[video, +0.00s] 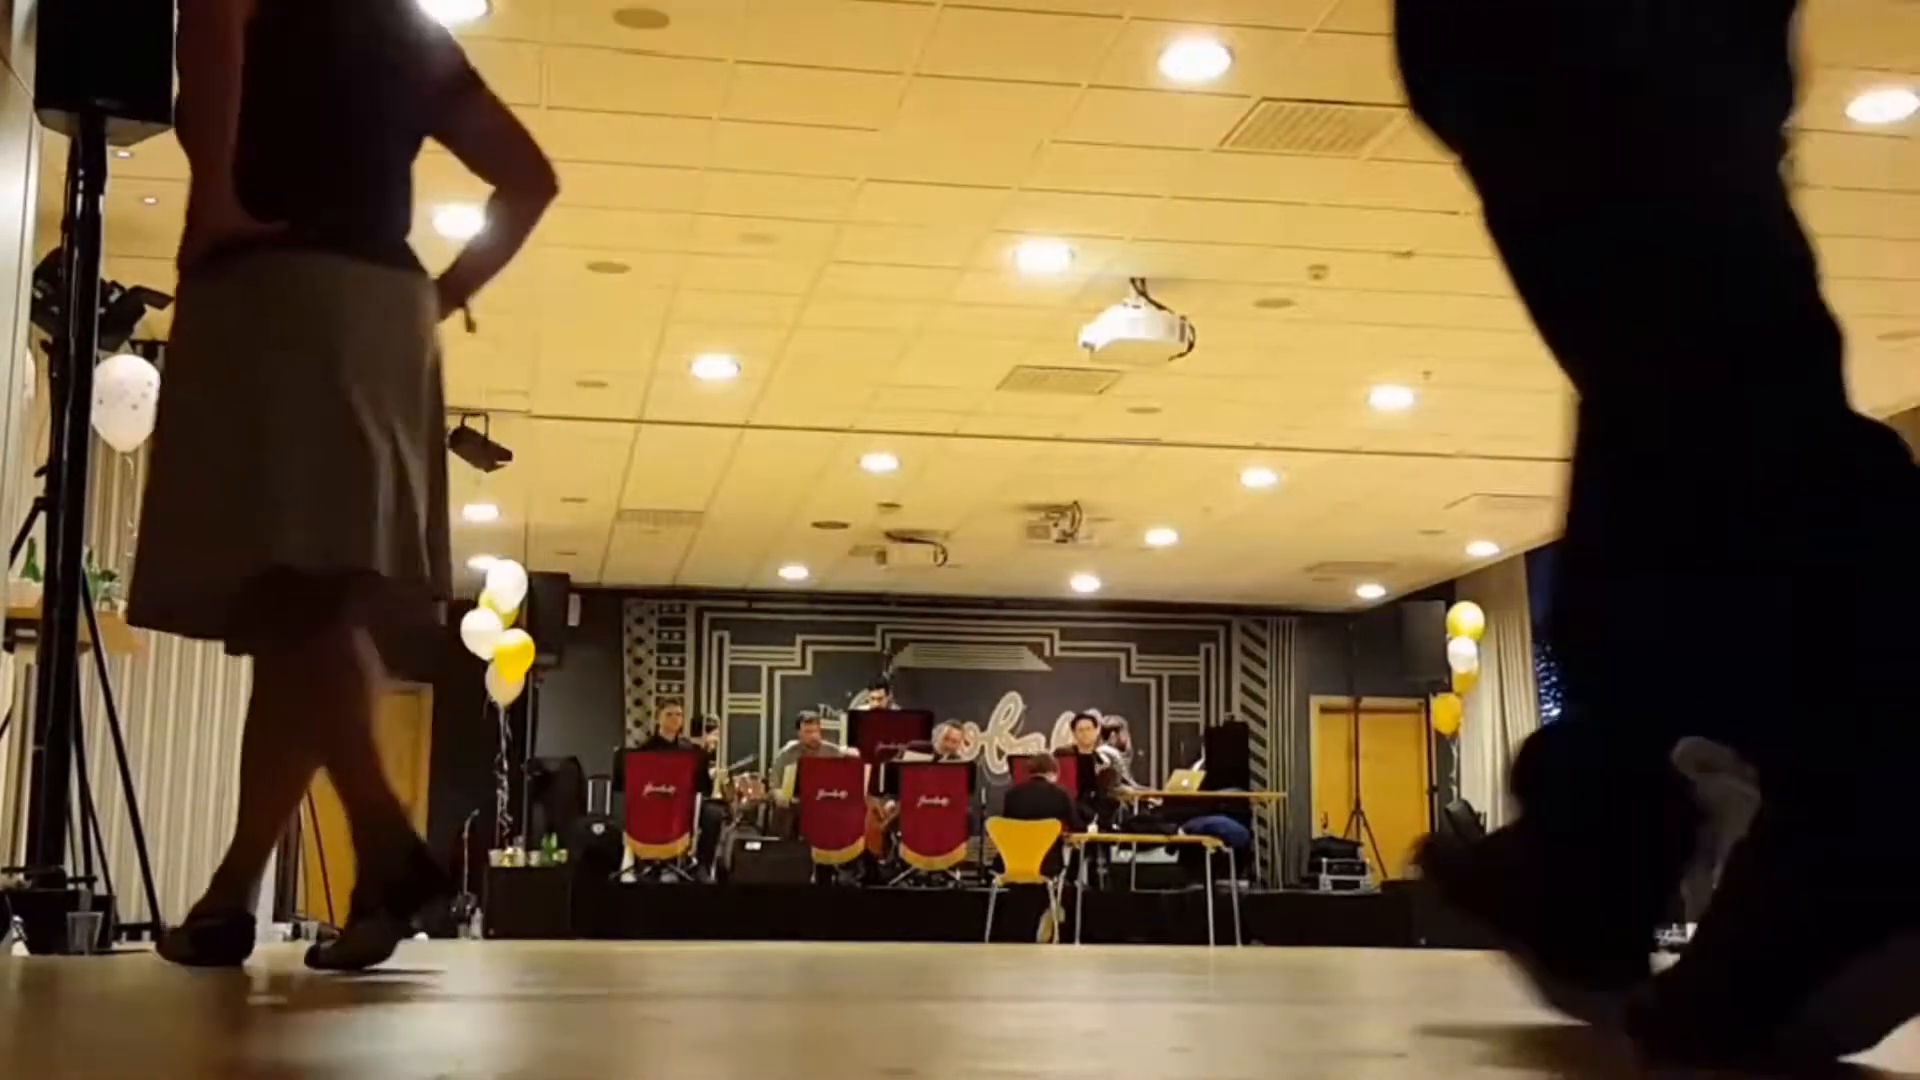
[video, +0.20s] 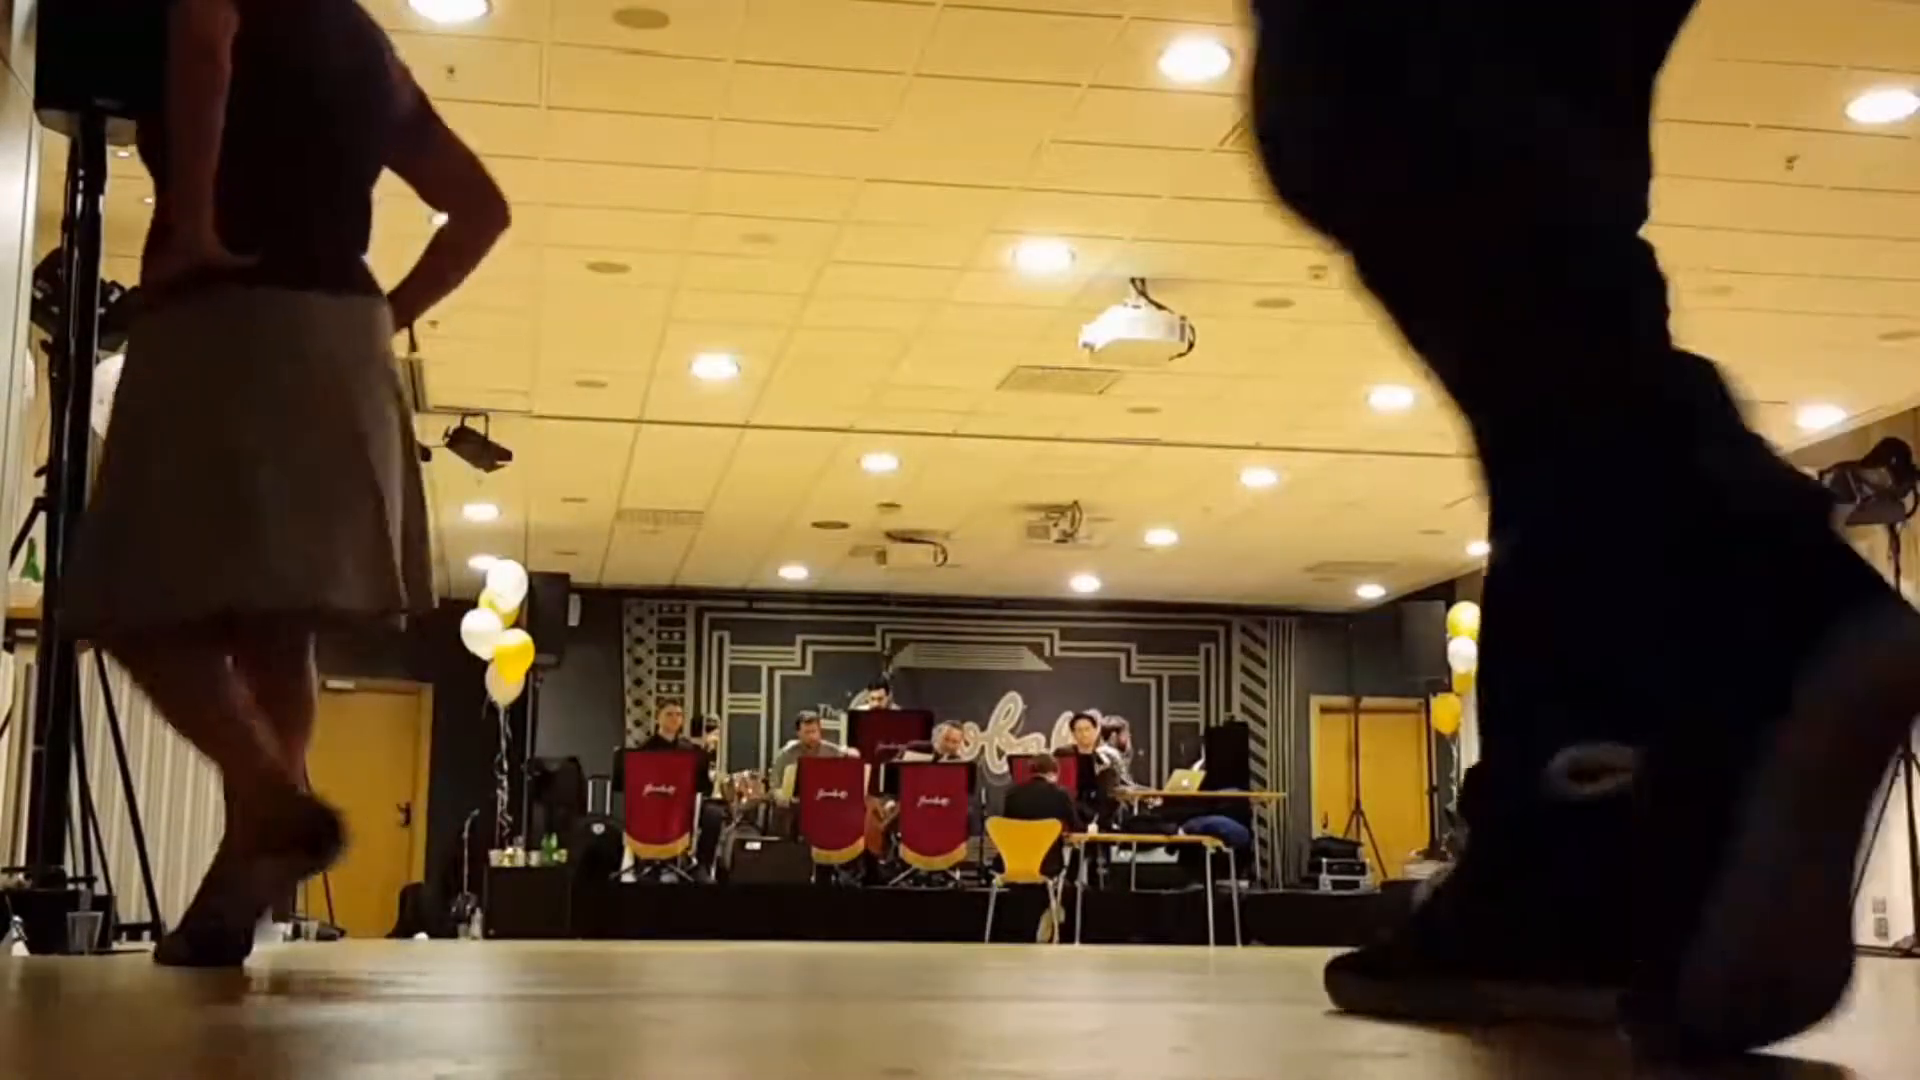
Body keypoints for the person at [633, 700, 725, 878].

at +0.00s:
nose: (674, 719)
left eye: (678, 715)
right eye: (669, 714)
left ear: (683, 719)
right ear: (658, 718)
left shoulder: (693, 751)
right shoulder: (645, 750)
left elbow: (704, 789)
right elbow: (634, 785)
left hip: (684, 806)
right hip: (653, 806)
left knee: (714, 813)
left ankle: (704, 866)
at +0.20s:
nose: (674, 719)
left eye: (678, 715)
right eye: (669, 714)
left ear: (682, 720)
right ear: (658, 718)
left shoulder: (693, 751)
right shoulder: (645, 750)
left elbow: (704, 788)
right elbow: (635, 784)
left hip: (684, 807)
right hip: (652, 806)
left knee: (714, 814)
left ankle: (703, 867)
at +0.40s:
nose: (674, 719)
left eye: (678, 715)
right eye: (669, 714)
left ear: (682, 720)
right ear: (659, 718)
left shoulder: (692, 751)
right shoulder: (647, 749)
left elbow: (704, 788)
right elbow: (636, 783)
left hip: (683, 806)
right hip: (653, 805)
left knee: (714, 814)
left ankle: (703, 866)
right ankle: (648, 865)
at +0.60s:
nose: (674, 720)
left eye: (678, 715)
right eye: (669, 715)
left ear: (682, 720)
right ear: (658, 718)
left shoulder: (692, 751)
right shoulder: (645, 750)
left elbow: (704, 788)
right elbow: (635, 783)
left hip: (683, 807)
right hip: (652, 806)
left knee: (714, 814)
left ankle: (703, 867)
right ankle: (645, 866)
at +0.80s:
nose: (674, 719)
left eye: (678, 715)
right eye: (669, 715)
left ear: (682, 720)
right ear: (659, 718)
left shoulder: (693, 751)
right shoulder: (645, 750)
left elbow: (703, 787)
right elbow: (635, 783)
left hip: (683, 807)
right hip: (652, 806)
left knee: (714, 814)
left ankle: (704, 867)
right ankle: (645, 866)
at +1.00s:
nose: (674, 720)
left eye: (678, 715)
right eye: (669, 715)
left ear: (682, 720)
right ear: (659, 718)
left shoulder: (693, 751)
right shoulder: (645, 750)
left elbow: (704, 788)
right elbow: (636, 783)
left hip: (684, 806)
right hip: (652, 805)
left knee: (714, 814)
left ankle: (704, 867)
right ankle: (645, 867)